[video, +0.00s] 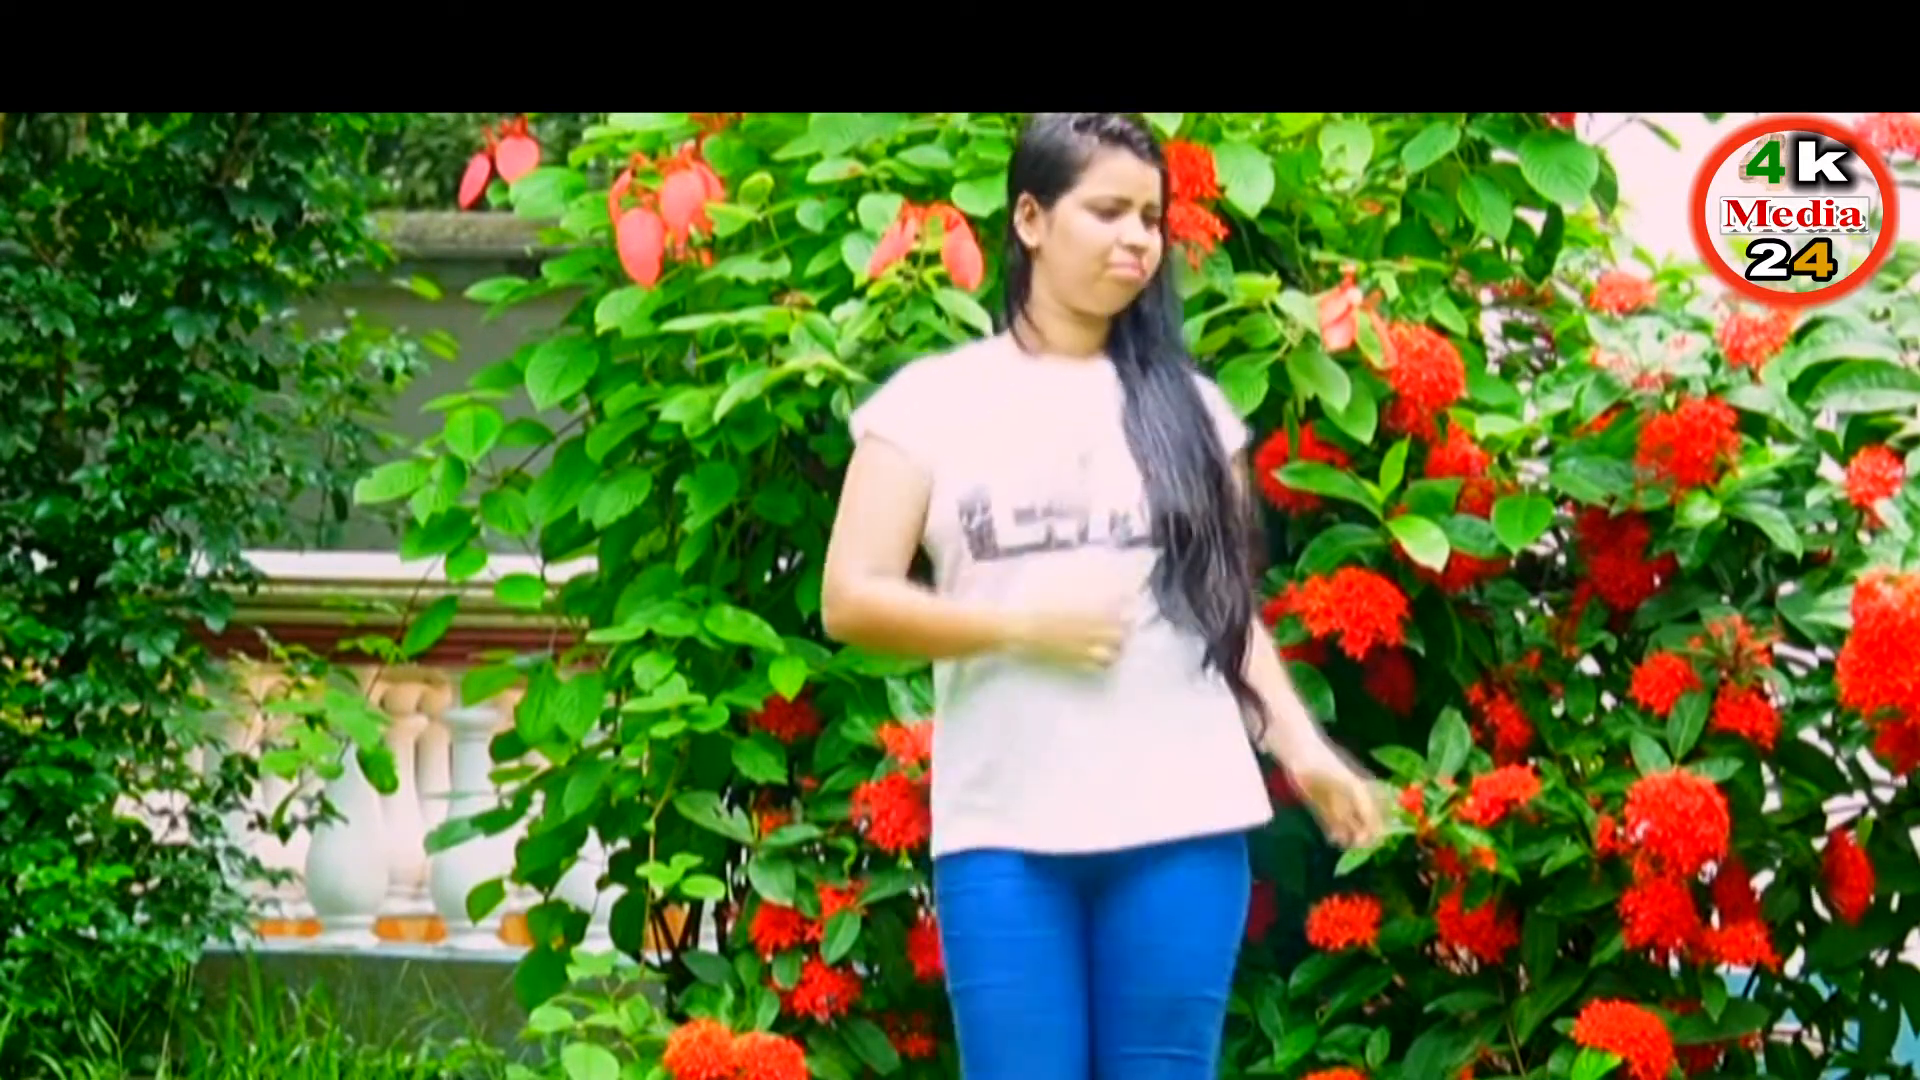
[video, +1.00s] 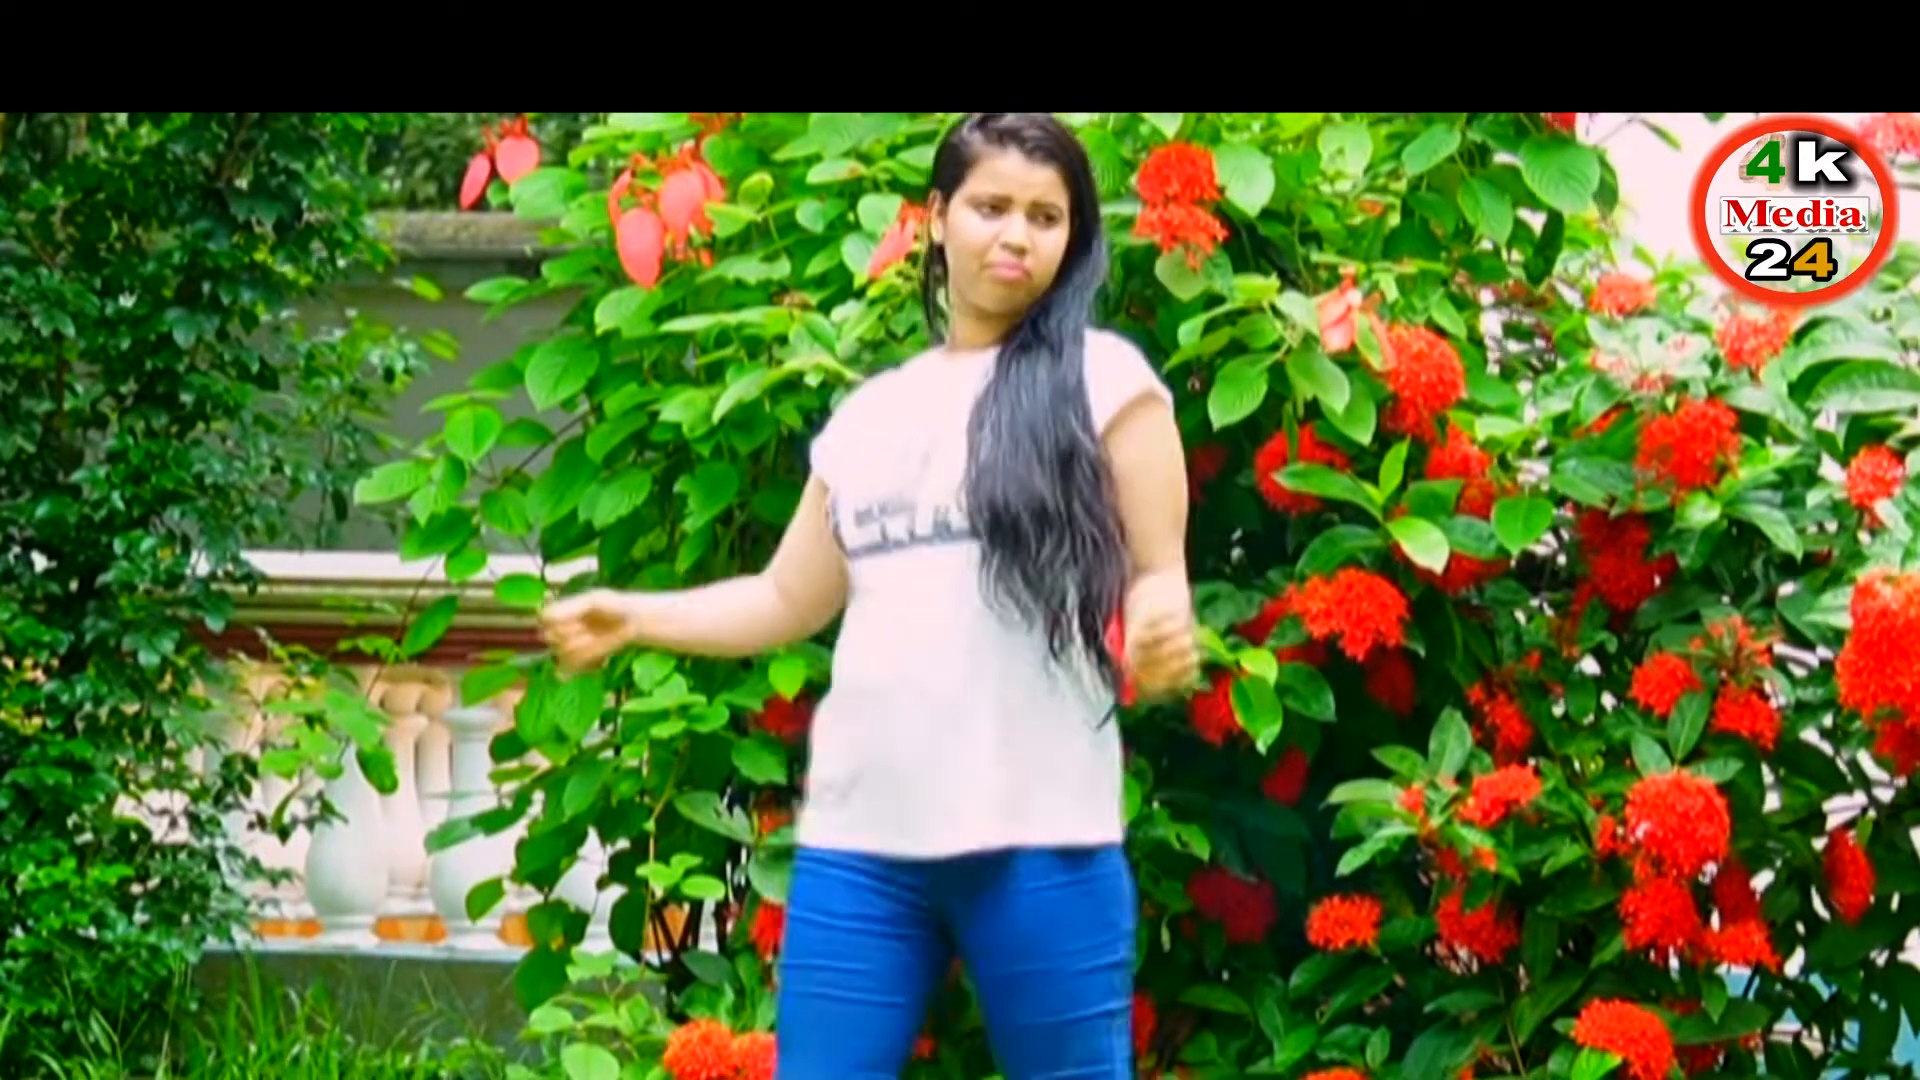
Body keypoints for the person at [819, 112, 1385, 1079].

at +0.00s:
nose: (1137, 237)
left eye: (1151, 217)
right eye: (1110, 210)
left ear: (1164, 238)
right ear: (1031, 221)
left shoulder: (1190, 404)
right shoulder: (929, 400)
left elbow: (1229, 607)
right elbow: (850, 599)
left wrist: (1303, 747)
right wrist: (1013, 622)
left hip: (1186, 823)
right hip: (1002, 833)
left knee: (1165, 1069)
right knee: (1025, 1070)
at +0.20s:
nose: (1117, 239)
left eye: (1138, 219)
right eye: (1089, 211)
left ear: (1160, 241)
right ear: (1023, 224)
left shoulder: (1208, 393)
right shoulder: (931, 416)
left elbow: (1263, 577)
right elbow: (870, 610)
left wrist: (1322, 654)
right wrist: (934, 691)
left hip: (1169, 837)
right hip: (983, 841)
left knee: (1153, 1070)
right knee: (951, 1068)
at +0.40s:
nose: (1069, 252)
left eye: (1097, 231)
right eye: (1045, 221)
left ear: (1122, 252)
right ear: (987, 226)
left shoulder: (1144, 399)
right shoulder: (885, 419)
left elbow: (1199, 587)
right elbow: (861, 611)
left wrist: (1226, 698)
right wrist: (865, 734)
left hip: (1137, 847)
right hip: (946, 854)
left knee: (1139, 1071)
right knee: (873, 1070)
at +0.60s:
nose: (1017, 267)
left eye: (1047, 247)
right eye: (994, 237)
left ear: (1077, 270)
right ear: (944, 241)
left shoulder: (1094, 443)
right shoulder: (825, 406)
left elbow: (1127, 651)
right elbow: (768, 591)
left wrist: (1217, 741)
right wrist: (724, 738)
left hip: (1034, 872)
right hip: (848, 869)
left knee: (1054, 1069)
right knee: (798, 1067)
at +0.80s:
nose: (1000, 254)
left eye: (1030, 232)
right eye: (977, 224)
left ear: (1064, 254)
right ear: (932, 233)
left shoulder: (1102, 418)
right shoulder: (844, 407)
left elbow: (1133, 628)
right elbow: (746, 579)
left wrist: (1202, 641)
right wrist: (599, 662)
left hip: (996, 844)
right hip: (805, 828)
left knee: (1022, 1071)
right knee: (795, 1071)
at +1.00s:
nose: (1015, 237)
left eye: (1044, 216)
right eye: (991, 208)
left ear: (1072, 240)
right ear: (937, 220)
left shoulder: (1104, 378)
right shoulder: (868, 413)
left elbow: (1159, 572)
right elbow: (785, 600)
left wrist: (1159, 643)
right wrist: (635, 617)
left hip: (1046, 844)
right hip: (855, 846)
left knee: (1078, 1069)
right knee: (820, 1069)